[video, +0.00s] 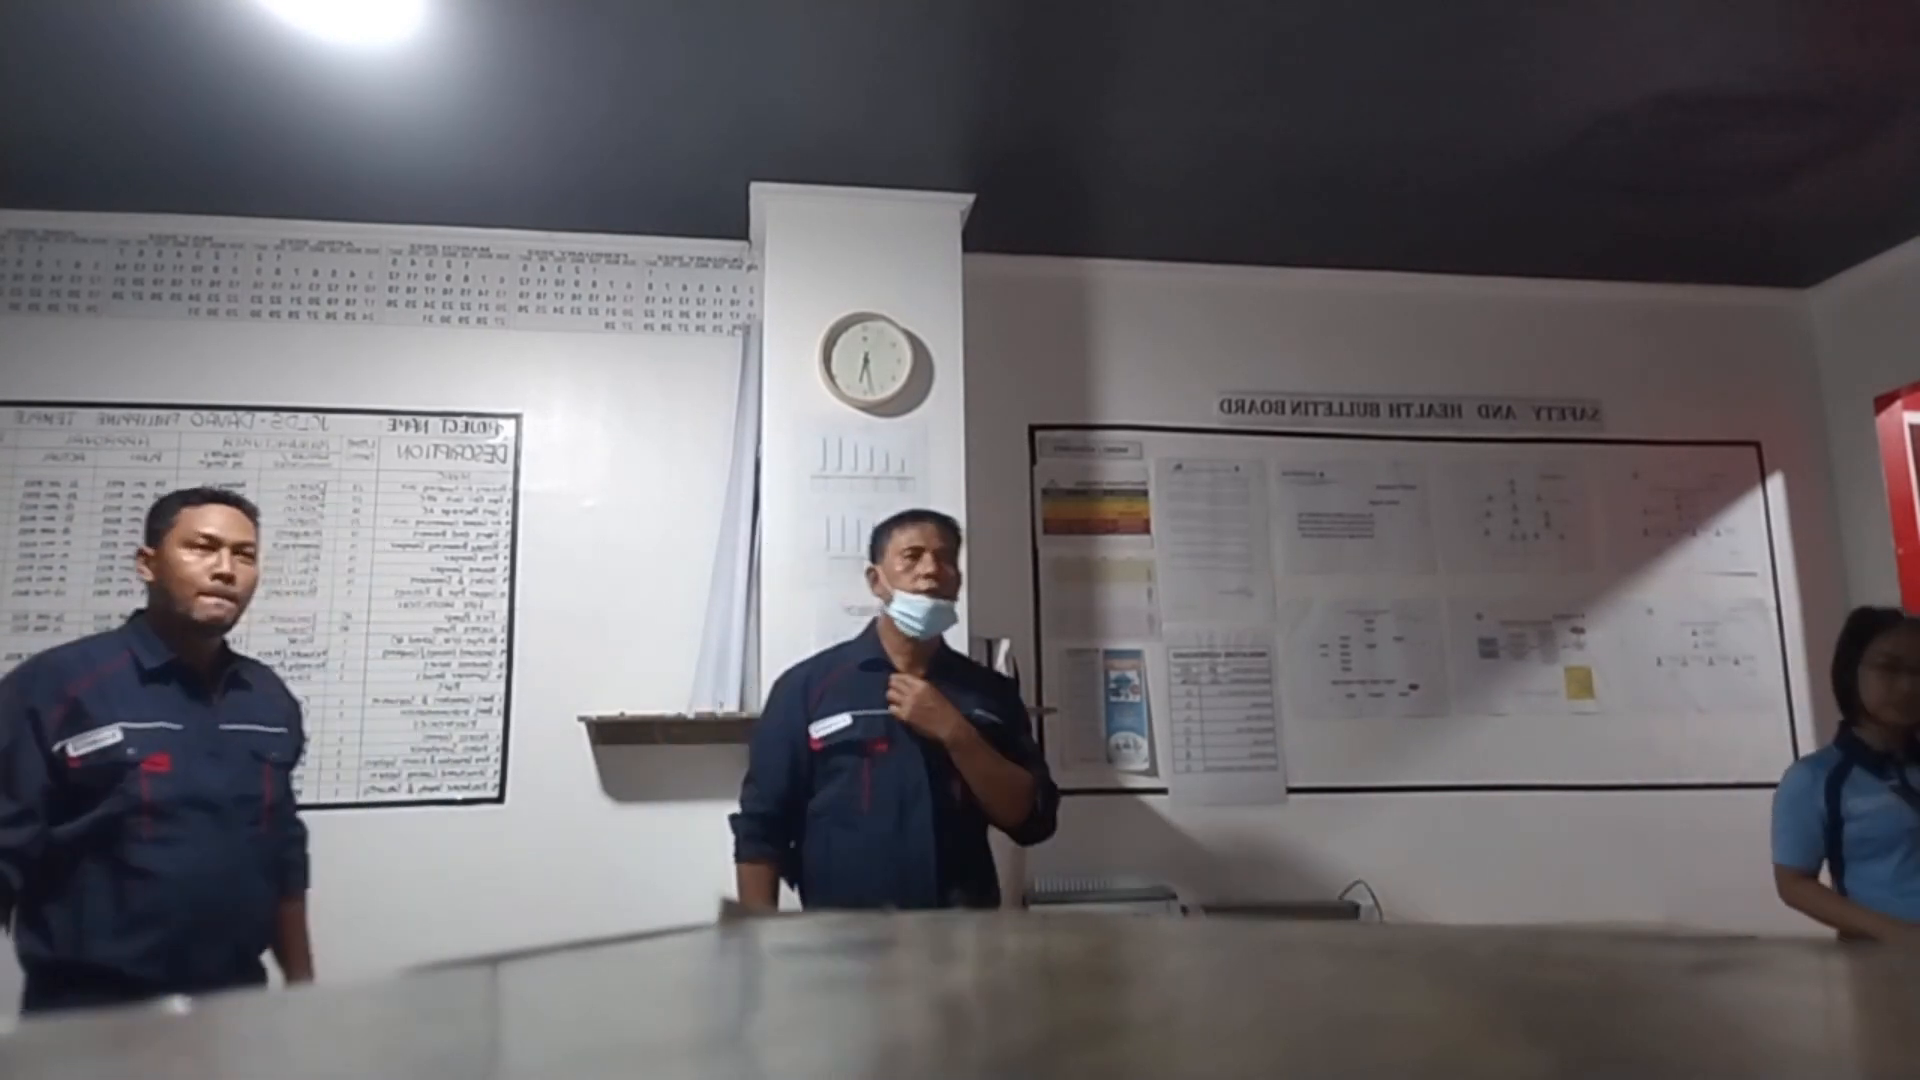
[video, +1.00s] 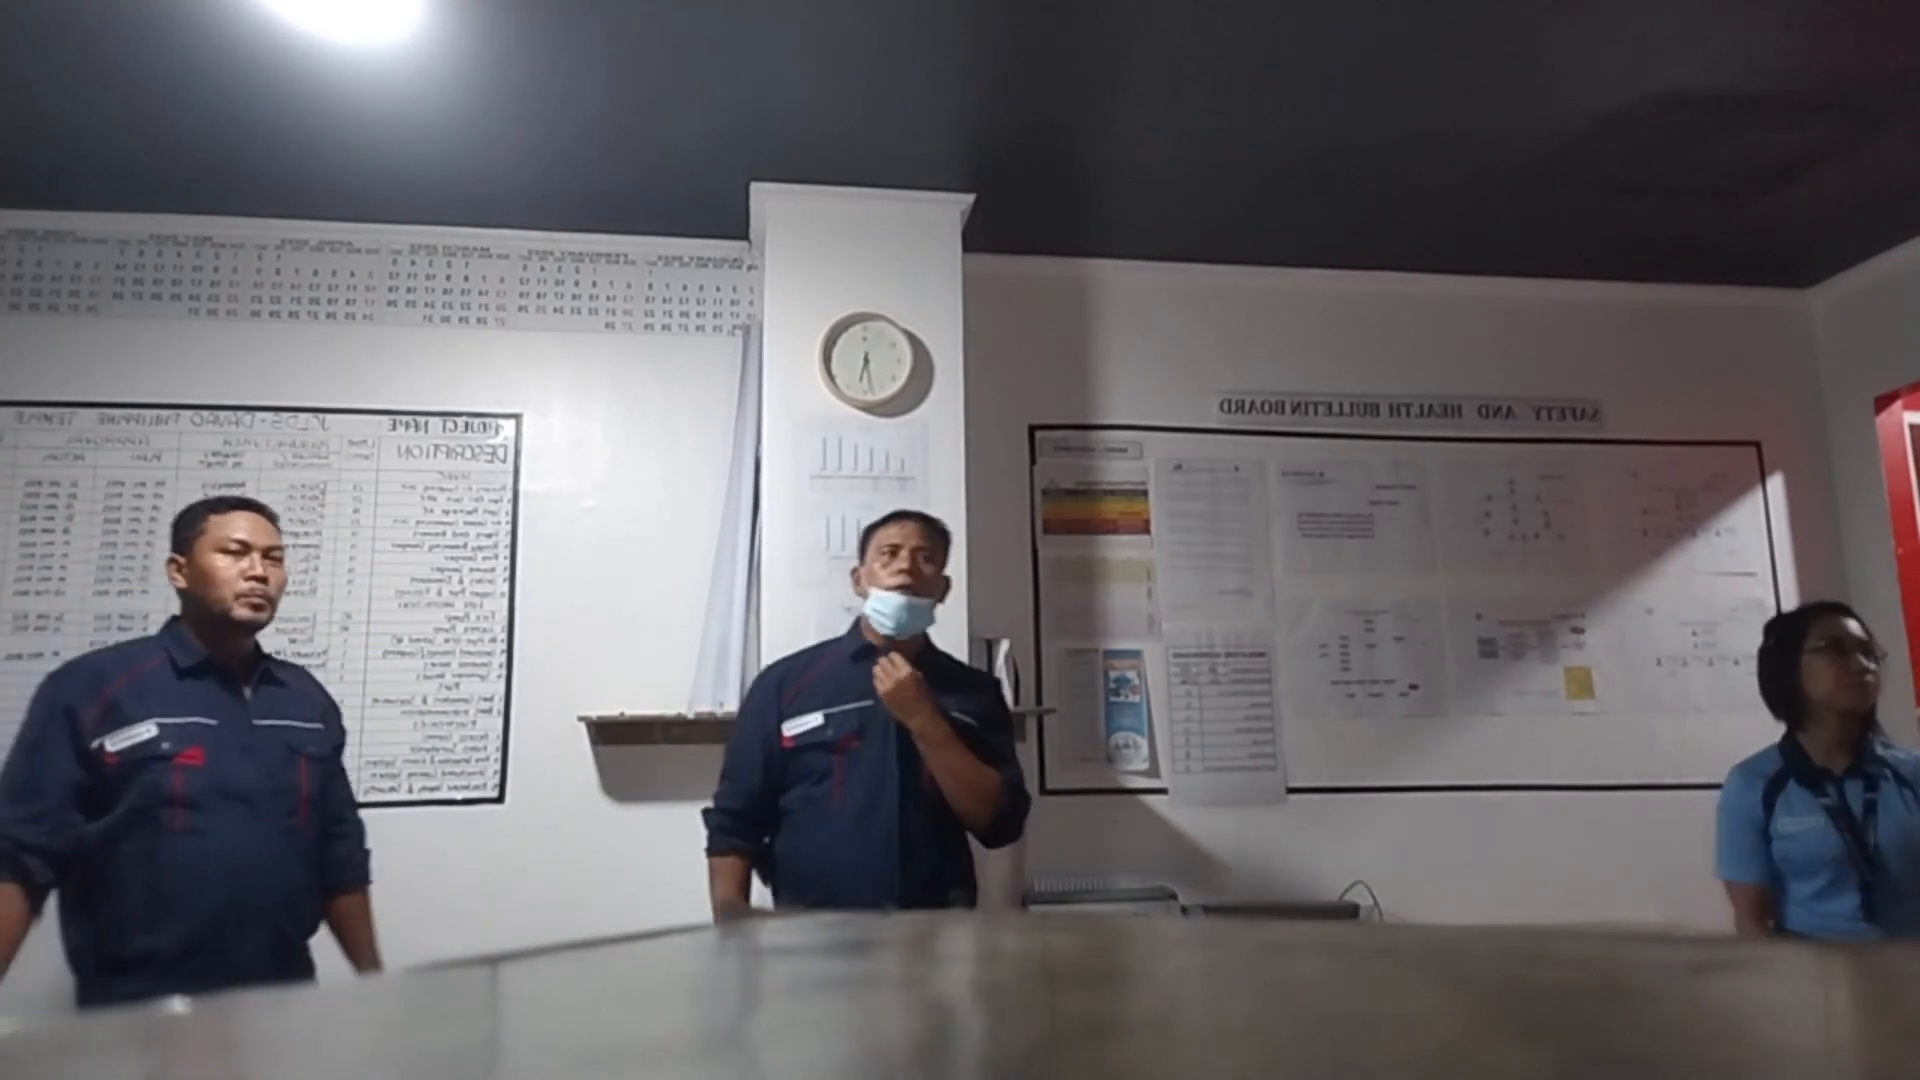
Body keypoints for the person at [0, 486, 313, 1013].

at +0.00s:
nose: (226, 569)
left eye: (244, 554)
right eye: (202, 547)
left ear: (257, 575)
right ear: (148, 565)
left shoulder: (270, 702)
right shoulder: (48, 692)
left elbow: (282, 852)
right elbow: (5, 857)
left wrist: (303, 991)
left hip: (231, 1014)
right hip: (86, 1018)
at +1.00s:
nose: (259, 572)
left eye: (273, 558)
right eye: (234, 552)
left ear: (285, 576)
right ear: (179, 571)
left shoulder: (307, 702)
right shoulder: (84, 694)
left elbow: (339, 860)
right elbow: (20, 870)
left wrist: (377, 986)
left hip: (280, 1011)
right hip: (135, 1018)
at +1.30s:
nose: (309, 583)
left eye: (325, 570)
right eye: (287, 564)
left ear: (338, 589)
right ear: (240, 581)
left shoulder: (362, 708)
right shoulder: (148, 698)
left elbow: (394, 858)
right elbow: (95, 864)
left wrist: (428, 983)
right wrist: (68, 1006)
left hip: (322, 1008)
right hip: (185, 1012)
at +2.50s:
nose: (269, 569)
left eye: (283, 557)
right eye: (246, 549)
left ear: (295, 580)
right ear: (191, 567)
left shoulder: (306, 703)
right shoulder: (92, 685)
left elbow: (324, 868)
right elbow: (43, 864)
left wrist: (344, 1000)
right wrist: (28, 1026)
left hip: (264, 1012)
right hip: (123, 1014)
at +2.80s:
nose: (211, 564)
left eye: (224, 550)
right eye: (185, 543)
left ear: (234, 570)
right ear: (122, 560)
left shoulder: (238, 702)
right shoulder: (29, 680)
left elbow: (243, 861)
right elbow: (11, 849)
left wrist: (264, 990)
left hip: (205, 1017)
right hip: (58, 1021)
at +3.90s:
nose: (266, 571)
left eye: (279, 555)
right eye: (240, 554)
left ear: (294, 571)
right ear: (188, 575)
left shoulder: (310, 709)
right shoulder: (99, 691)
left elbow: (317, 871)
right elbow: (36, 869)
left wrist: (338, 1006)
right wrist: (0, 1003)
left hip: (276, 1021)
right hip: (133, 1024)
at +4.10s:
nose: (319, 578)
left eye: (335, 566)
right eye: (297, 560)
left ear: (348, 588)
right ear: (248, 578)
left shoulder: (363, 716)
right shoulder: (154, 687)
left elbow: (372, 879)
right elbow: (92, 838)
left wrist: (374, 997)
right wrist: (76, 981)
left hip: (323, 1012)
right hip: (183, 1012)